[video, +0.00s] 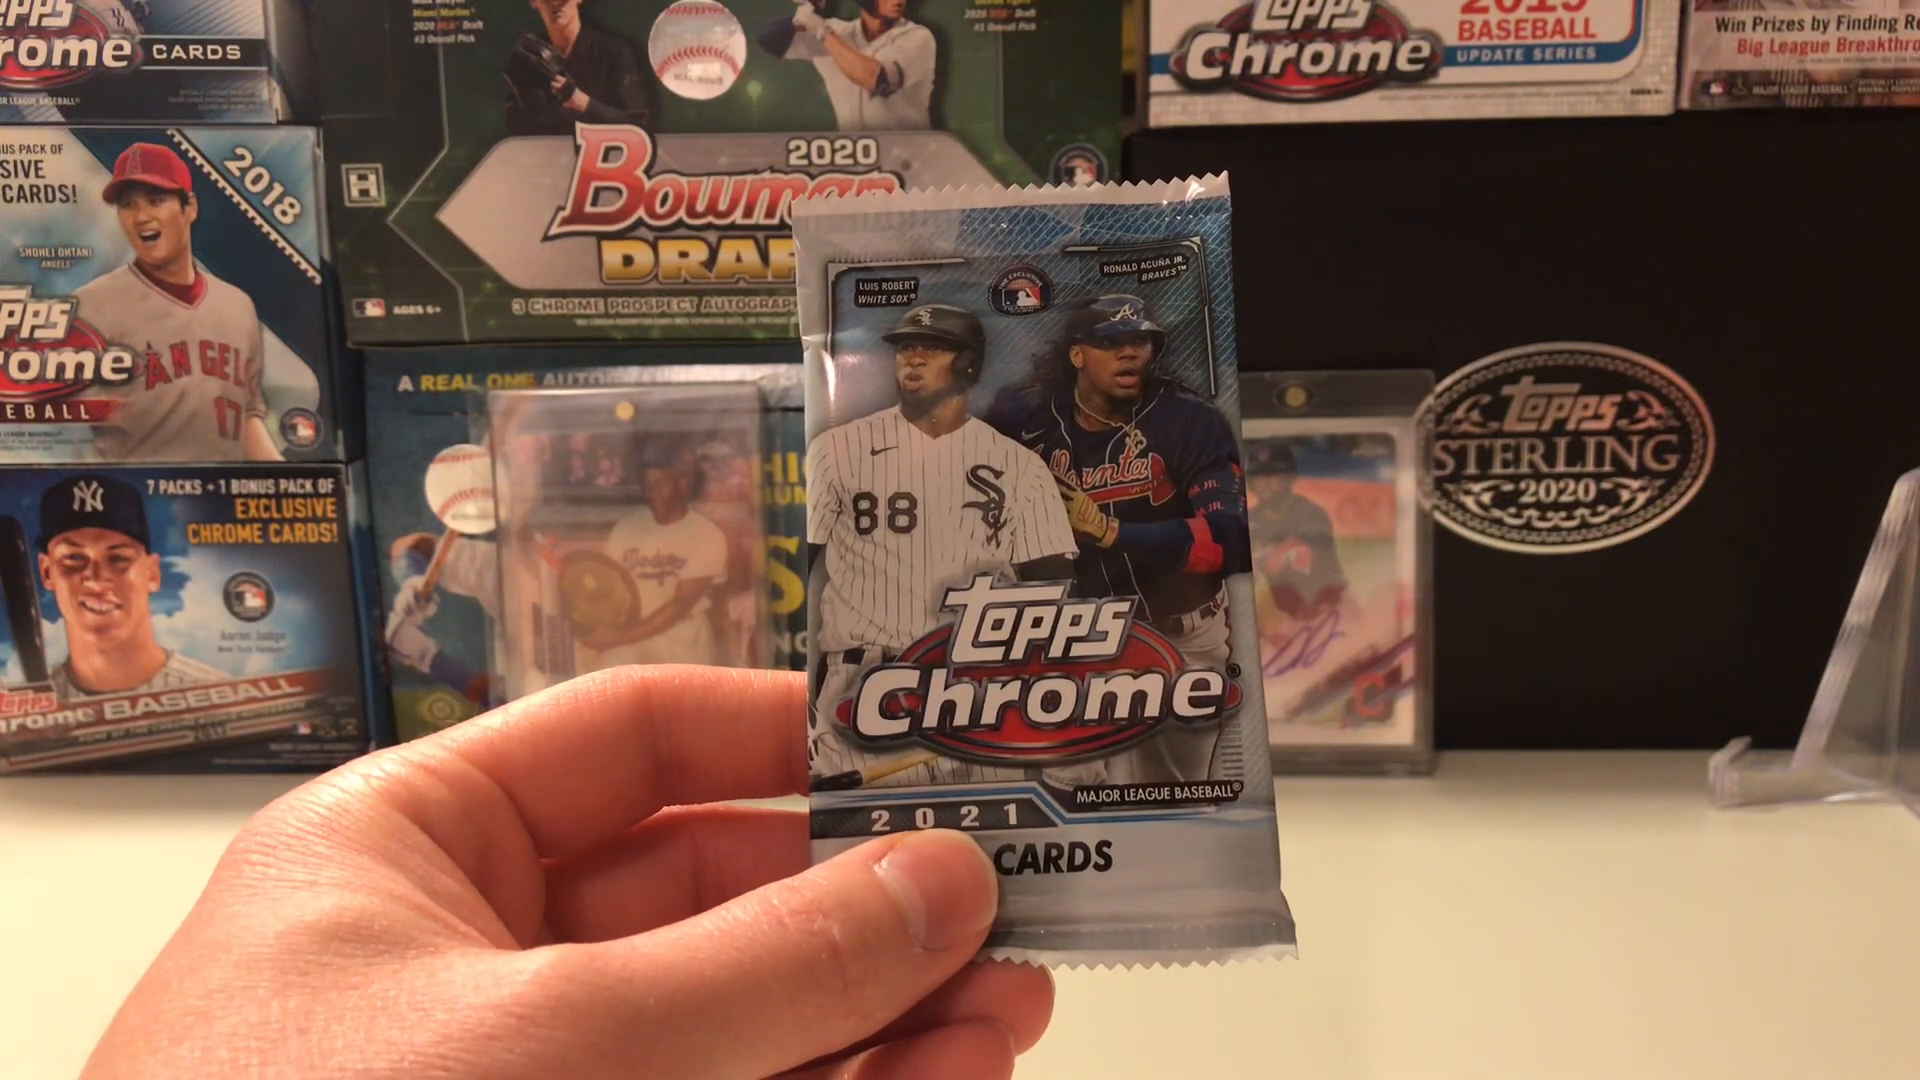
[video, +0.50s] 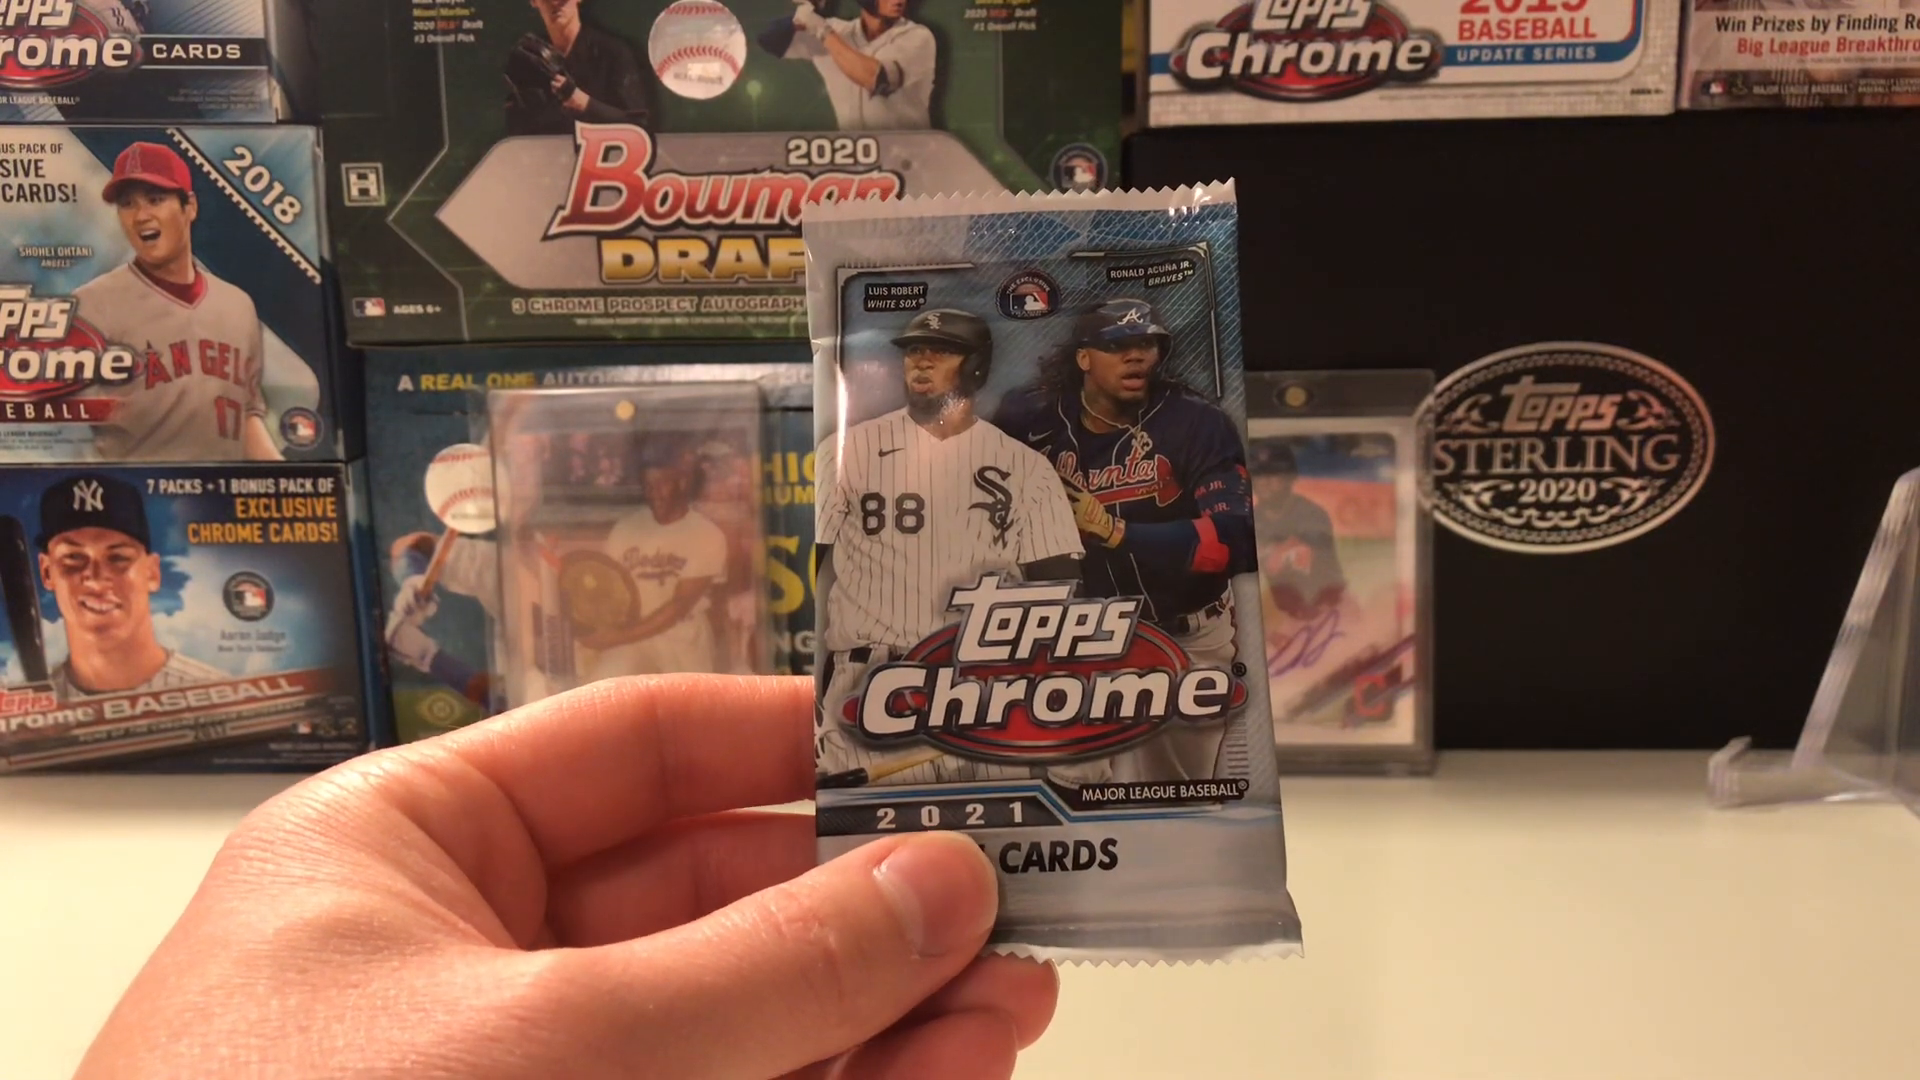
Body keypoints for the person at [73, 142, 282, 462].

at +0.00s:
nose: (143, 216)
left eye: (156, 199)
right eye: (128, 204)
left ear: (190, 209)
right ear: (118, 217)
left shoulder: (239, 307)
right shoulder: (92, 307)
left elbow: (247, 414)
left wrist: (283, 482)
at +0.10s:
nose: (143, 216)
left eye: (156, 199)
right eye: (128, 203)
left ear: (190, 209)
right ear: (119, 217)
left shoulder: (239, 307)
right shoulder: (92, 306)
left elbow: (248, 414)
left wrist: (284, 484)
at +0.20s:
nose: (142, 216)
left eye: (156, 199)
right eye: (128, 204)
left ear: (190, 209)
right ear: (119, 218)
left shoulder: (239, 307)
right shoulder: (92, 306)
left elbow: (248, 414)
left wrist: (283, 483)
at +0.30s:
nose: (143, 216)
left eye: (156, 200)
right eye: (128, 204)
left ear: (190, 209)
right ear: (119, 218)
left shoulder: (239, 307)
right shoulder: (92, 307)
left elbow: (247, 414)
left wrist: (283, 482)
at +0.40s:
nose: (142, 216)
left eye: (156, 200)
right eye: (128, 204)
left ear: (190, 209)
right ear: (119, 218)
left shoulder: (239, 307)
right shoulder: (92, 307)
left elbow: (247, 415)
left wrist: (284, 483)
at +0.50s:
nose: (142, 215)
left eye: (156, 199)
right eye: (128, 203)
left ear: (189, 208)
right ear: (119, 217)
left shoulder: (239, 306)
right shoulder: (92, 306)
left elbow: (247, 413)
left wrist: (283, 482)